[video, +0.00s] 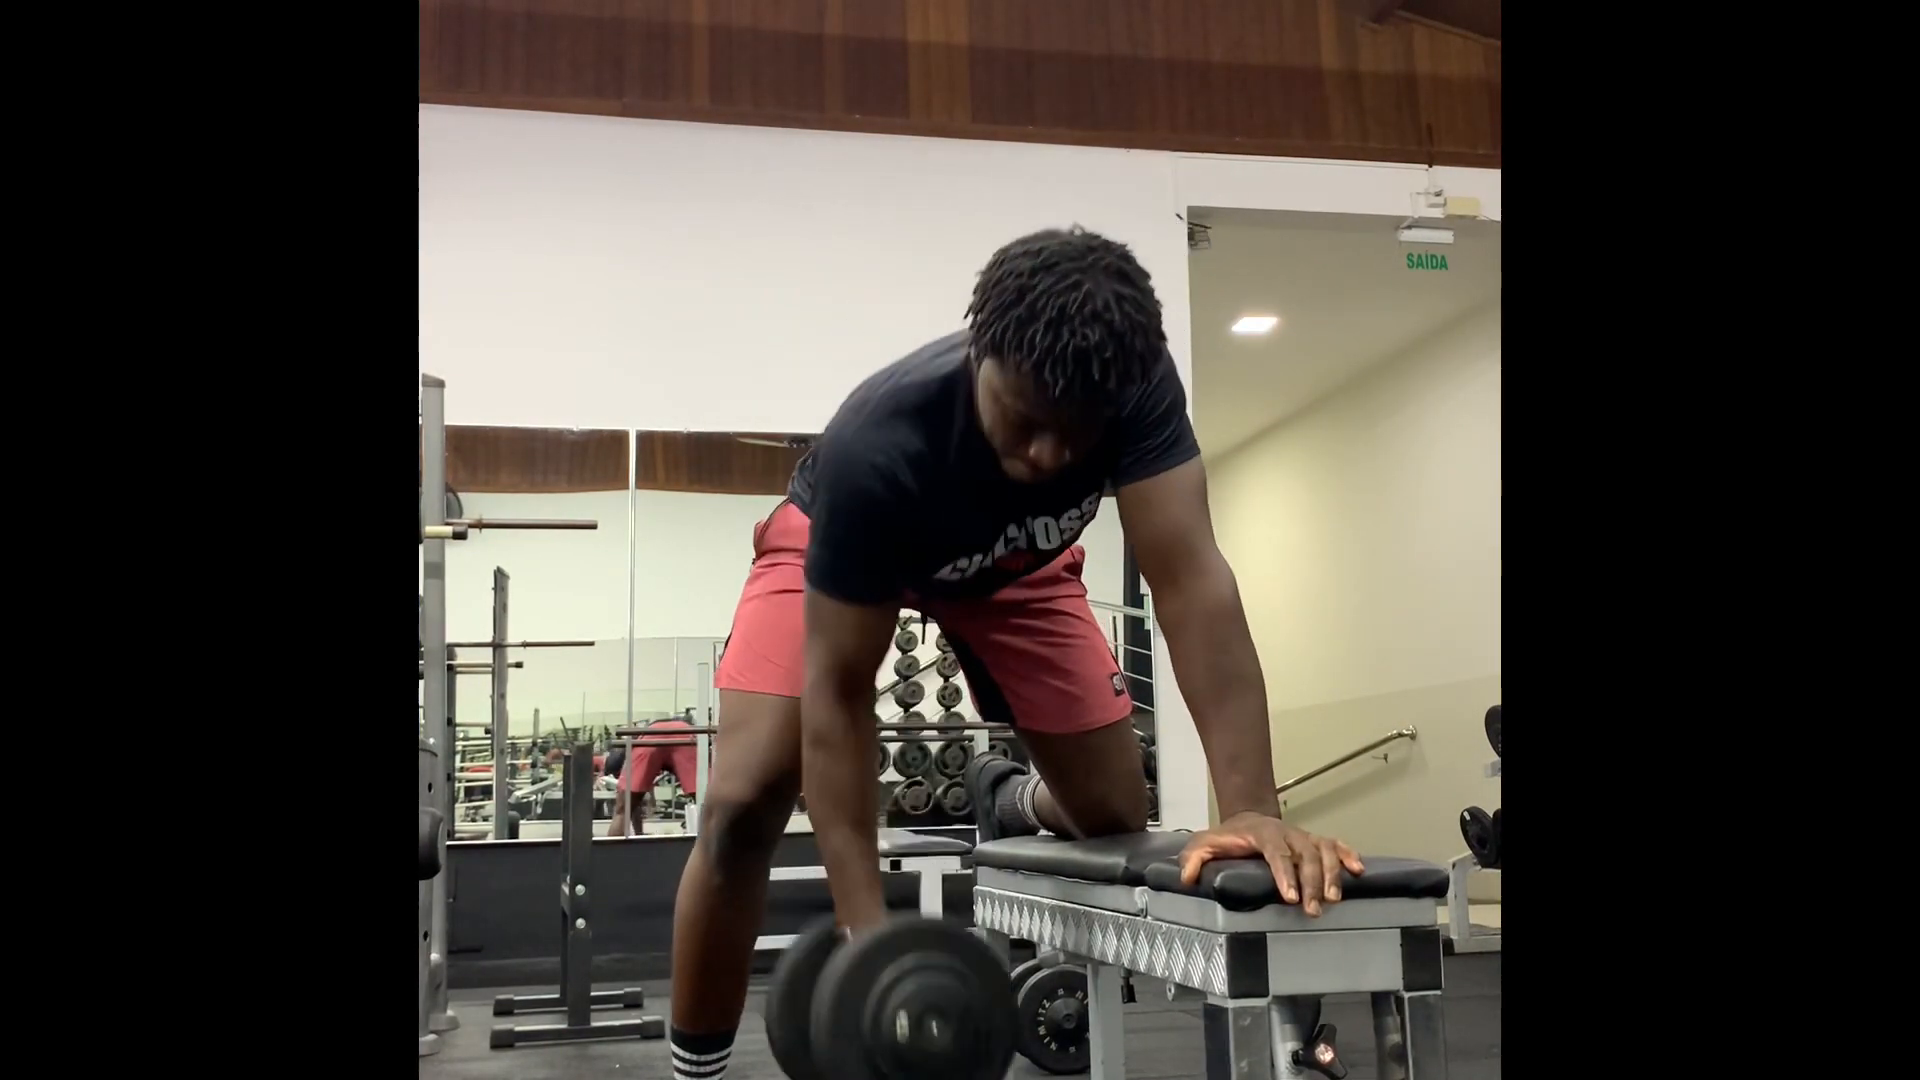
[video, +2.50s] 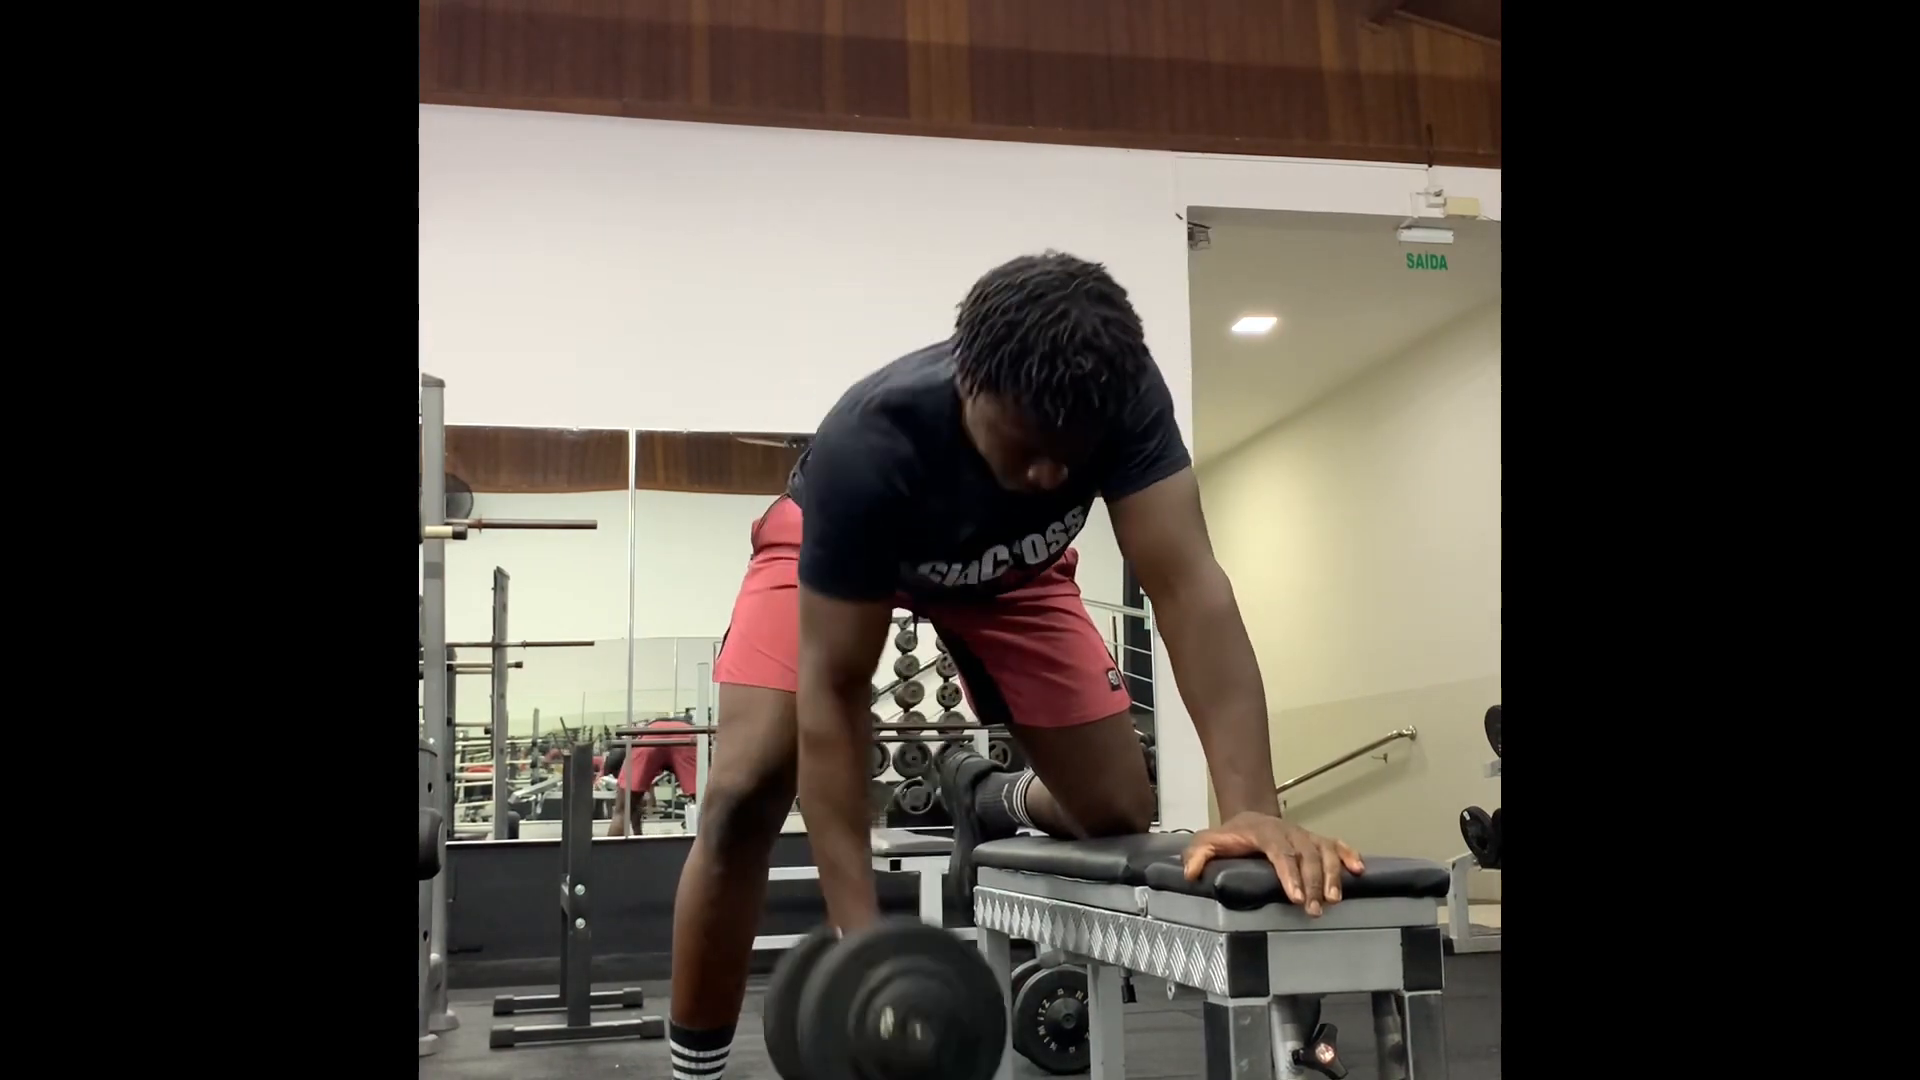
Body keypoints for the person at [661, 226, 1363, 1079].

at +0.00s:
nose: (1047, 454)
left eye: (1077, 430)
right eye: (1023, 422)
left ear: (1123, 390)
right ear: (980, 361)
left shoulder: (1136, 386)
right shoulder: (882, 454)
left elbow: (1189, 573)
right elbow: (838, 699)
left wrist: (1252, 806)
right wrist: (870, 949)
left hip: (1020, 561)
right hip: (842, 552)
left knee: (1119, 817)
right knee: (741, 807)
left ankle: (1016, 800)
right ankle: (696, 1075)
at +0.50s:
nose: (1041, 322)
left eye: (1077, 313)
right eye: (1034, 287)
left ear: (1146, 302)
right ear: (1028, 225)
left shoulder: (1187, 366)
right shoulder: (954, 221)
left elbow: (1220, 579)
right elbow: (820, 262)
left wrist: (1254, 808)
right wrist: (823, 397)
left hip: (1015, 552)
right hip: (858, 515)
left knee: (1118, 812)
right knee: (757, 801)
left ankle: (997, 802)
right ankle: (697, 1071)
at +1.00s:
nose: (1030, 524)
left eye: (1055, 499)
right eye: (1001, 499)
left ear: (1088, 451)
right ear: (947, 449)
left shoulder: (1098, 410)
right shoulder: (869, 540)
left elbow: (1187, 592)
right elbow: (882, 813)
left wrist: (1250, 808)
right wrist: (883, 1058)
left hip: (1017, 562)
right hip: (836, 541)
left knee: (1121, 816)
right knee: (734, 803)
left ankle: (1000, 797)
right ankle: (695, 1069)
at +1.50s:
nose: (1094, 370)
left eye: (1125, 347)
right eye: (1071, 336)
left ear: (1160, 318)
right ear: (1021, 277)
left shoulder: (1165, 381)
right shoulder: (913, 316)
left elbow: (1205, 579)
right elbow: (789, 470)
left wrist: (1251, 806)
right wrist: (840, 658)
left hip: (1020, 574)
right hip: (847, 545)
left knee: (1120, 816)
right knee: (745, 800)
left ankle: (992, 798)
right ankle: (695, 1073)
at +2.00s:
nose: (1055, 363)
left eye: (1089, 346)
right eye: (1041, 327)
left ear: (1141, 328)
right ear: (1018, 267)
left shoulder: (1163, 376)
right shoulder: (904, 327)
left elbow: (1204, 577)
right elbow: (804, 522)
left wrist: (1251, 806)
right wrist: (854, 742)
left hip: (1017, 567)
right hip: (852, 537)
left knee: (1118, 812)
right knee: (748, 788)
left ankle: (1006, 806)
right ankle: (697, 1072)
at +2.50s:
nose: (1050, 474)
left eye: (1073, 451)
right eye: (1022, 448)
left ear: (1110, 405)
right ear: (969, 387)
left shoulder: (1123, 398)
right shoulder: (870, 453)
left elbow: (1187, 582)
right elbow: (833, 695)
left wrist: (1253, 804)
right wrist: (865, 953)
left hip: (1018, 567)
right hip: (839, 558)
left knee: (1120, 814)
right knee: (743, 794)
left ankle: (988, 796)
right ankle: (695, 1071)